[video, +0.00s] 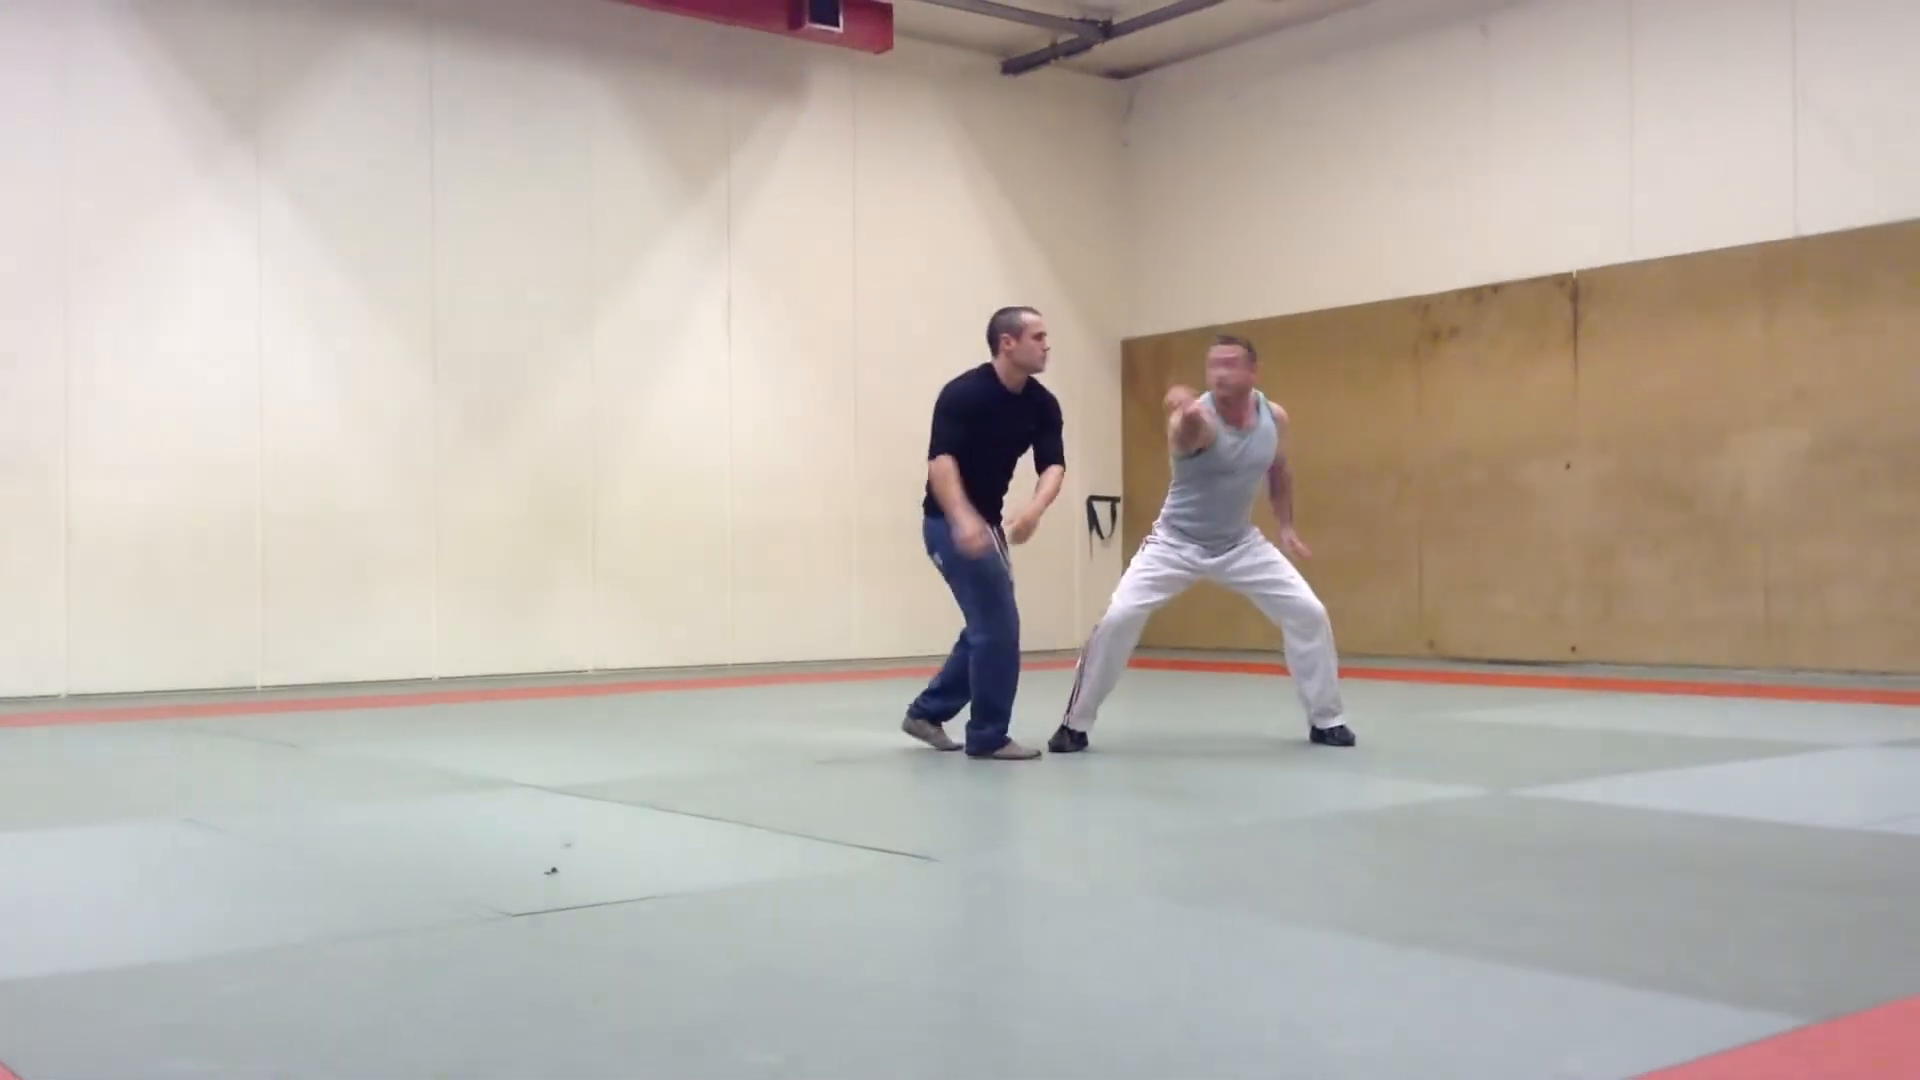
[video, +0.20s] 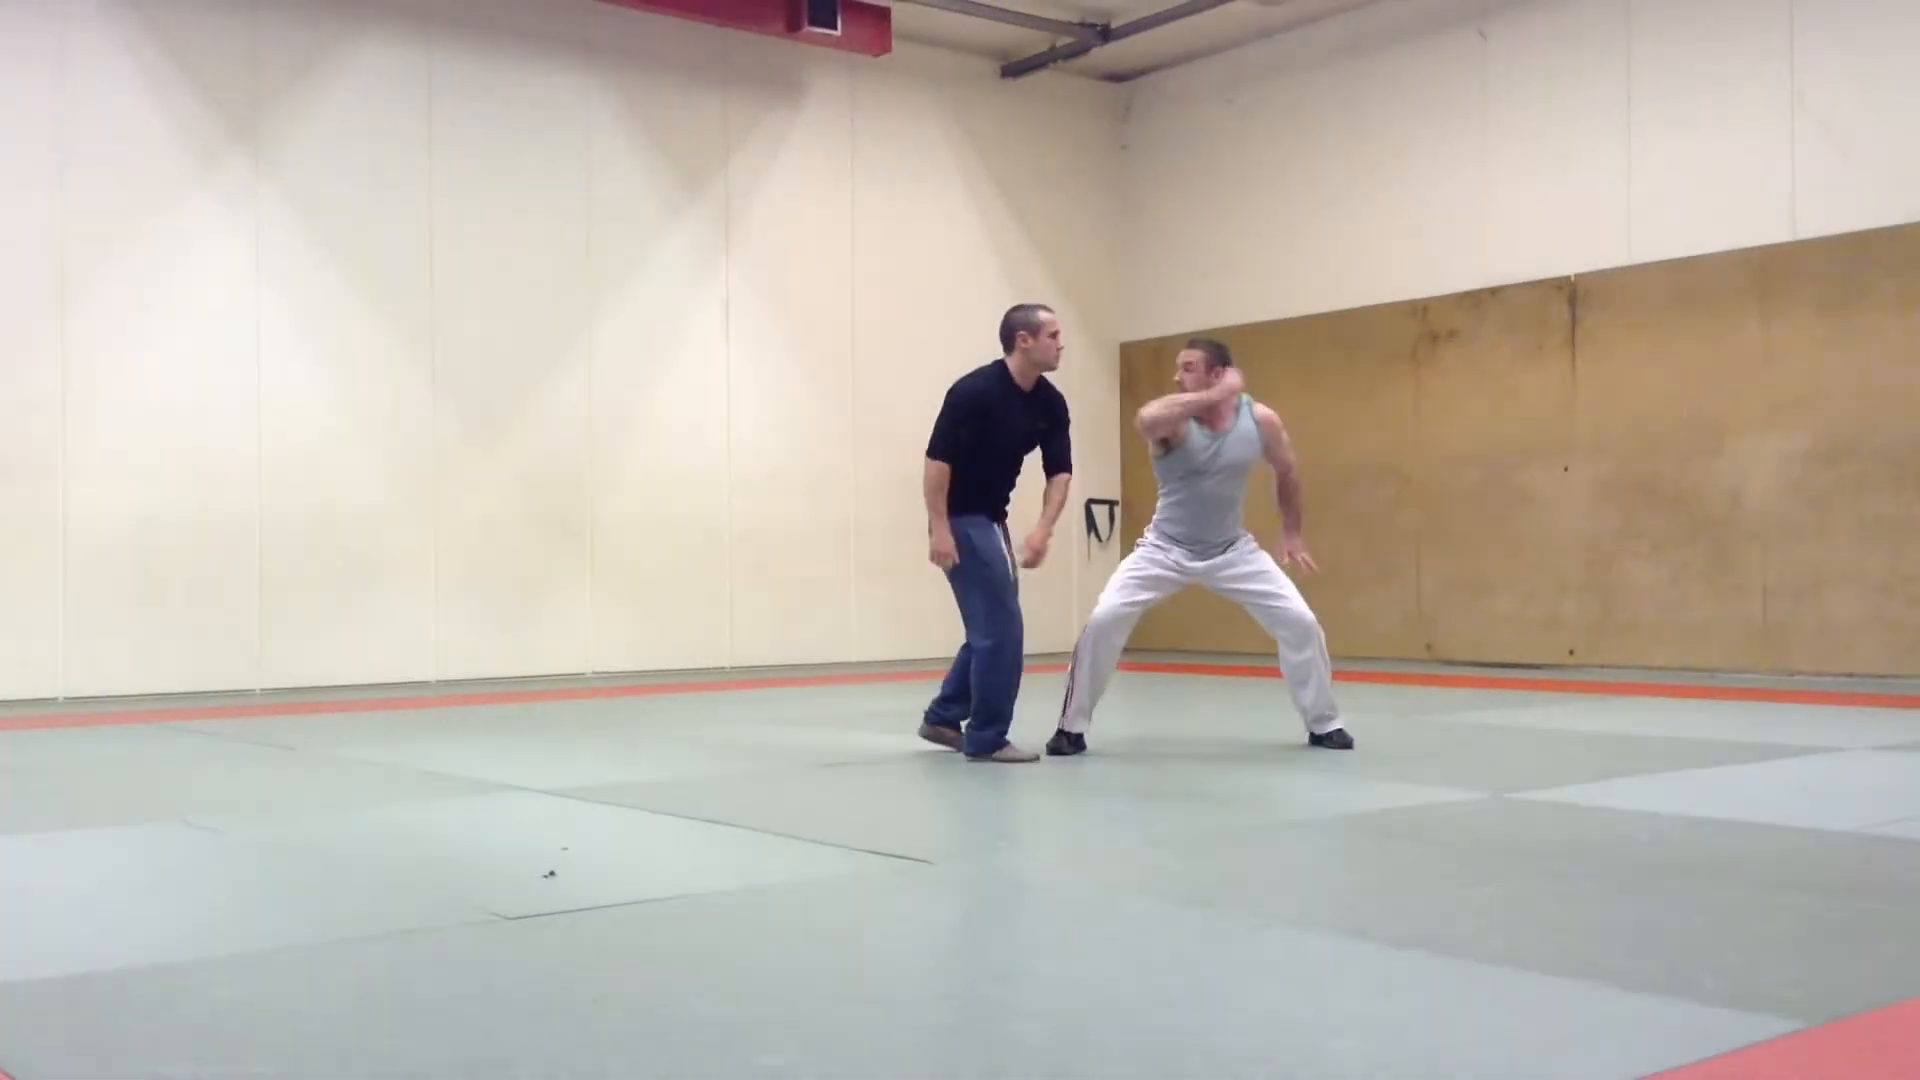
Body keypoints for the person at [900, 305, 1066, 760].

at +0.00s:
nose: (1047, 346)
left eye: (1046, 338)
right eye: (1037, 338)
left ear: (1018, 344)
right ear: (1007, 343)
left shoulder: (1041, 403)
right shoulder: (962, 394)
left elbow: (1052, 467)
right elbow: (941, 465)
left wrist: (1034, 510)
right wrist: (964, 518)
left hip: (989, 522)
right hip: (950, 521)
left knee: (990, 625)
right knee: (998, 623)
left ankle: (926, 713)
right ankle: (987, 737)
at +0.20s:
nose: (1061, 344)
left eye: (1059, 336)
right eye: (1052, 336)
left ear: (1031, 341)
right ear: (1024, 341)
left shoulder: (1050, 403)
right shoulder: (972, 392)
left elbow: (1060, 473)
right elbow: (937, 460)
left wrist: (1044, 530)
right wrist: (939, 530)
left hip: (993, 522)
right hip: (959, 521)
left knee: (993, 626)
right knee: (1002, 626)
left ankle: (943, 717)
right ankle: (986, 739)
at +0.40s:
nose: (1064, 340)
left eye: (1064, 331)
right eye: (1058, 331)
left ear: (1034, 334)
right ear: (1031, 334)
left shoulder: (1038, 394)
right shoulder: (984, 387)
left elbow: (1050, 463)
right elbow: (965, 461)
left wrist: (1078, 518)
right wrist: (980, 525)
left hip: (981, 520)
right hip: (961, 520)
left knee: (977, 625)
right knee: (1000, 628)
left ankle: (938, 722)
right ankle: (986, 741)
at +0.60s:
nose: (1061, 340)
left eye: (1060, 331)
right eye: (1056, 331)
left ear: (1025, 334)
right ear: (1031, 335)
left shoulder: (1006, 379)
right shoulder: (1004, 385)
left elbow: (1016, 460)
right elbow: (1002, 468)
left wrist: (1049, 501)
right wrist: (1030, 523)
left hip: (955, 517)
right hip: (969, 521)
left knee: (969, 622)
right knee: (999, 626)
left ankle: (937, 722)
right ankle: (987, 739)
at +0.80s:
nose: (1037, 337)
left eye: (1036, 328)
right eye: (1035, 328)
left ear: (988, 328)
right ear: (1024, 329)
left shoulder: (964, 371)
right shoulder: (1007, 382)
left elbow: (950, 445)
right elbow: (1021, 462)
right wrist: (1056, 520)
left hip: (942, 517)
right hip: (976, 523)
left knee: (960, 623)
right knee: (1000, 628)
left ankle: (937, 726)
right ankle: (987, 740)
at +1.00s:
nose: (988, 327)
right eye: (987, 320)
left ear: (943, 327)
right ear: (983, 322)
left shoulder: (919, 383)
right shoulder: (999, 376)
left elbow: (912, 462)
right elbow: (1030, 452)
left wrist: (924, 509)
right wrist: (1057, 501)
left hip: (943, 522)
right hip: (987, 524)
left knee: (959, 625)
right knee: (1005, 627)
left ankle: (937, 726)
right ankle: (986, 739)